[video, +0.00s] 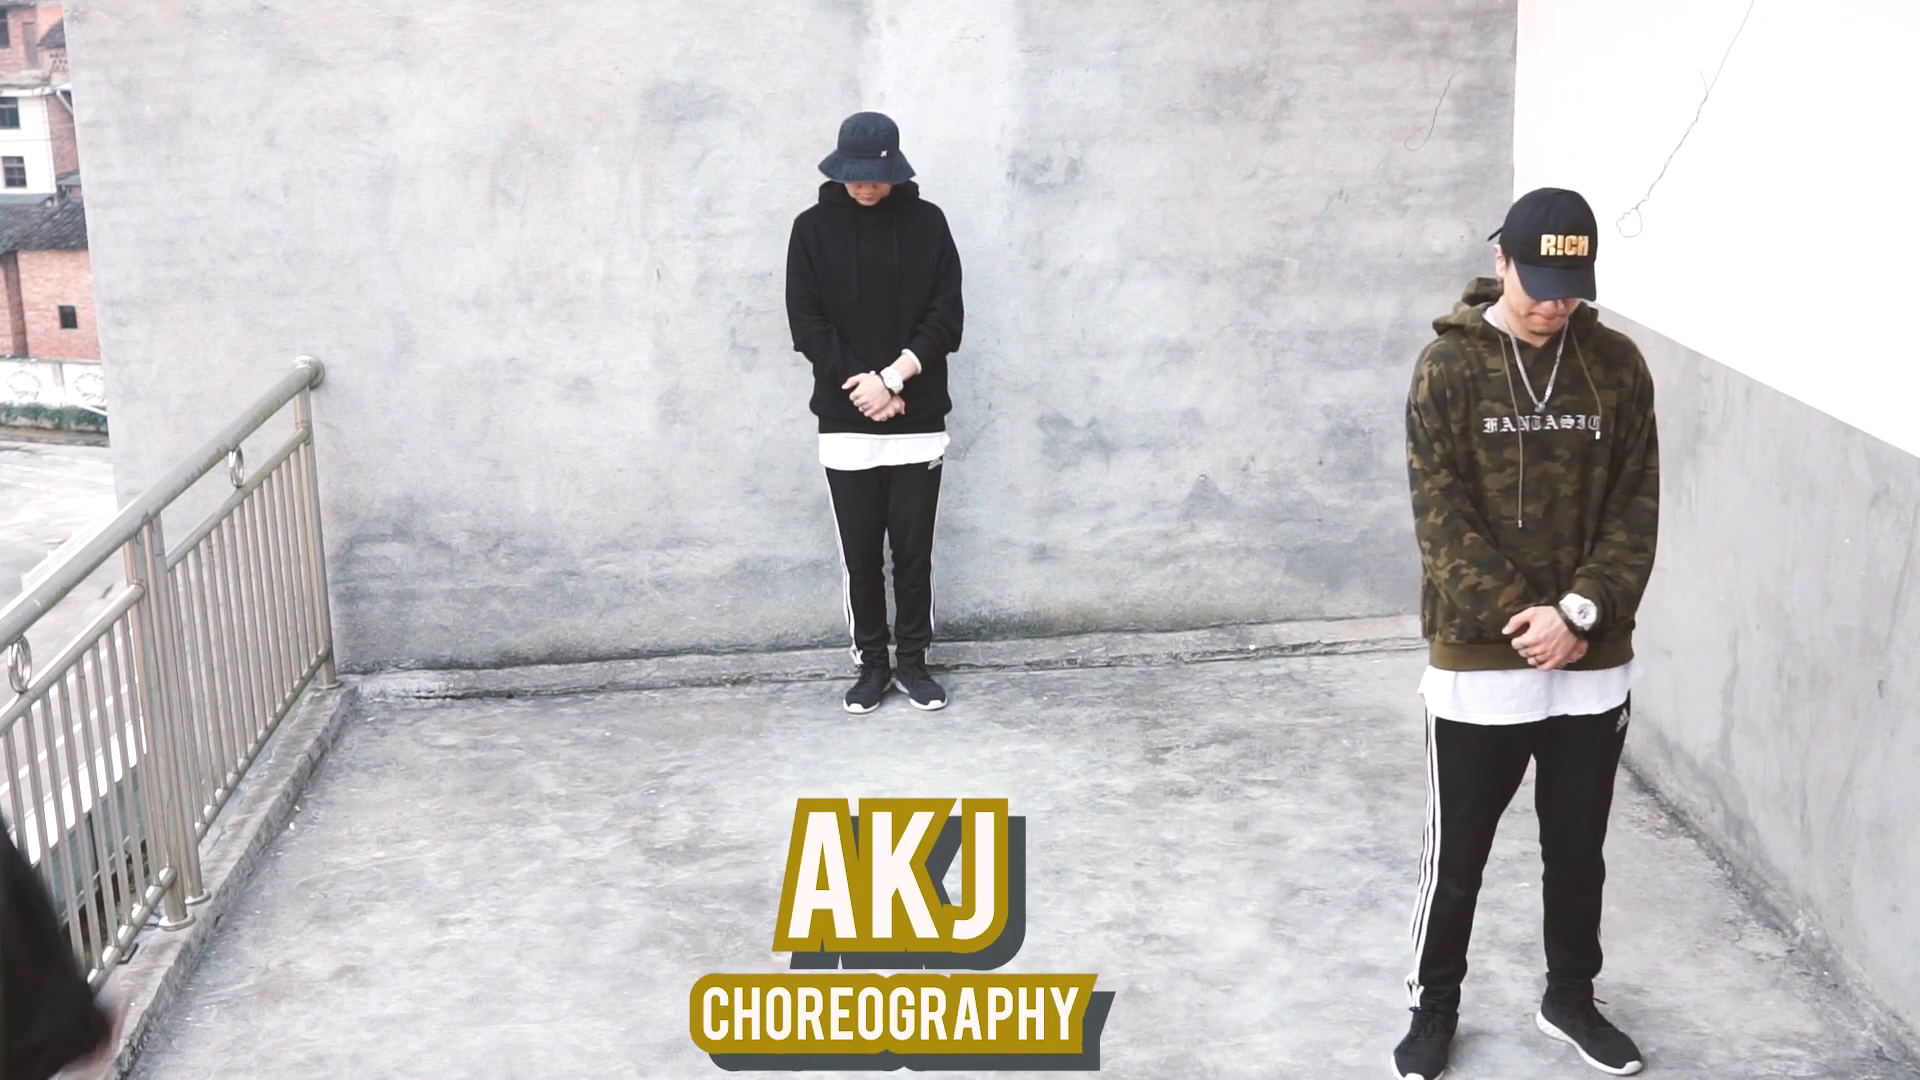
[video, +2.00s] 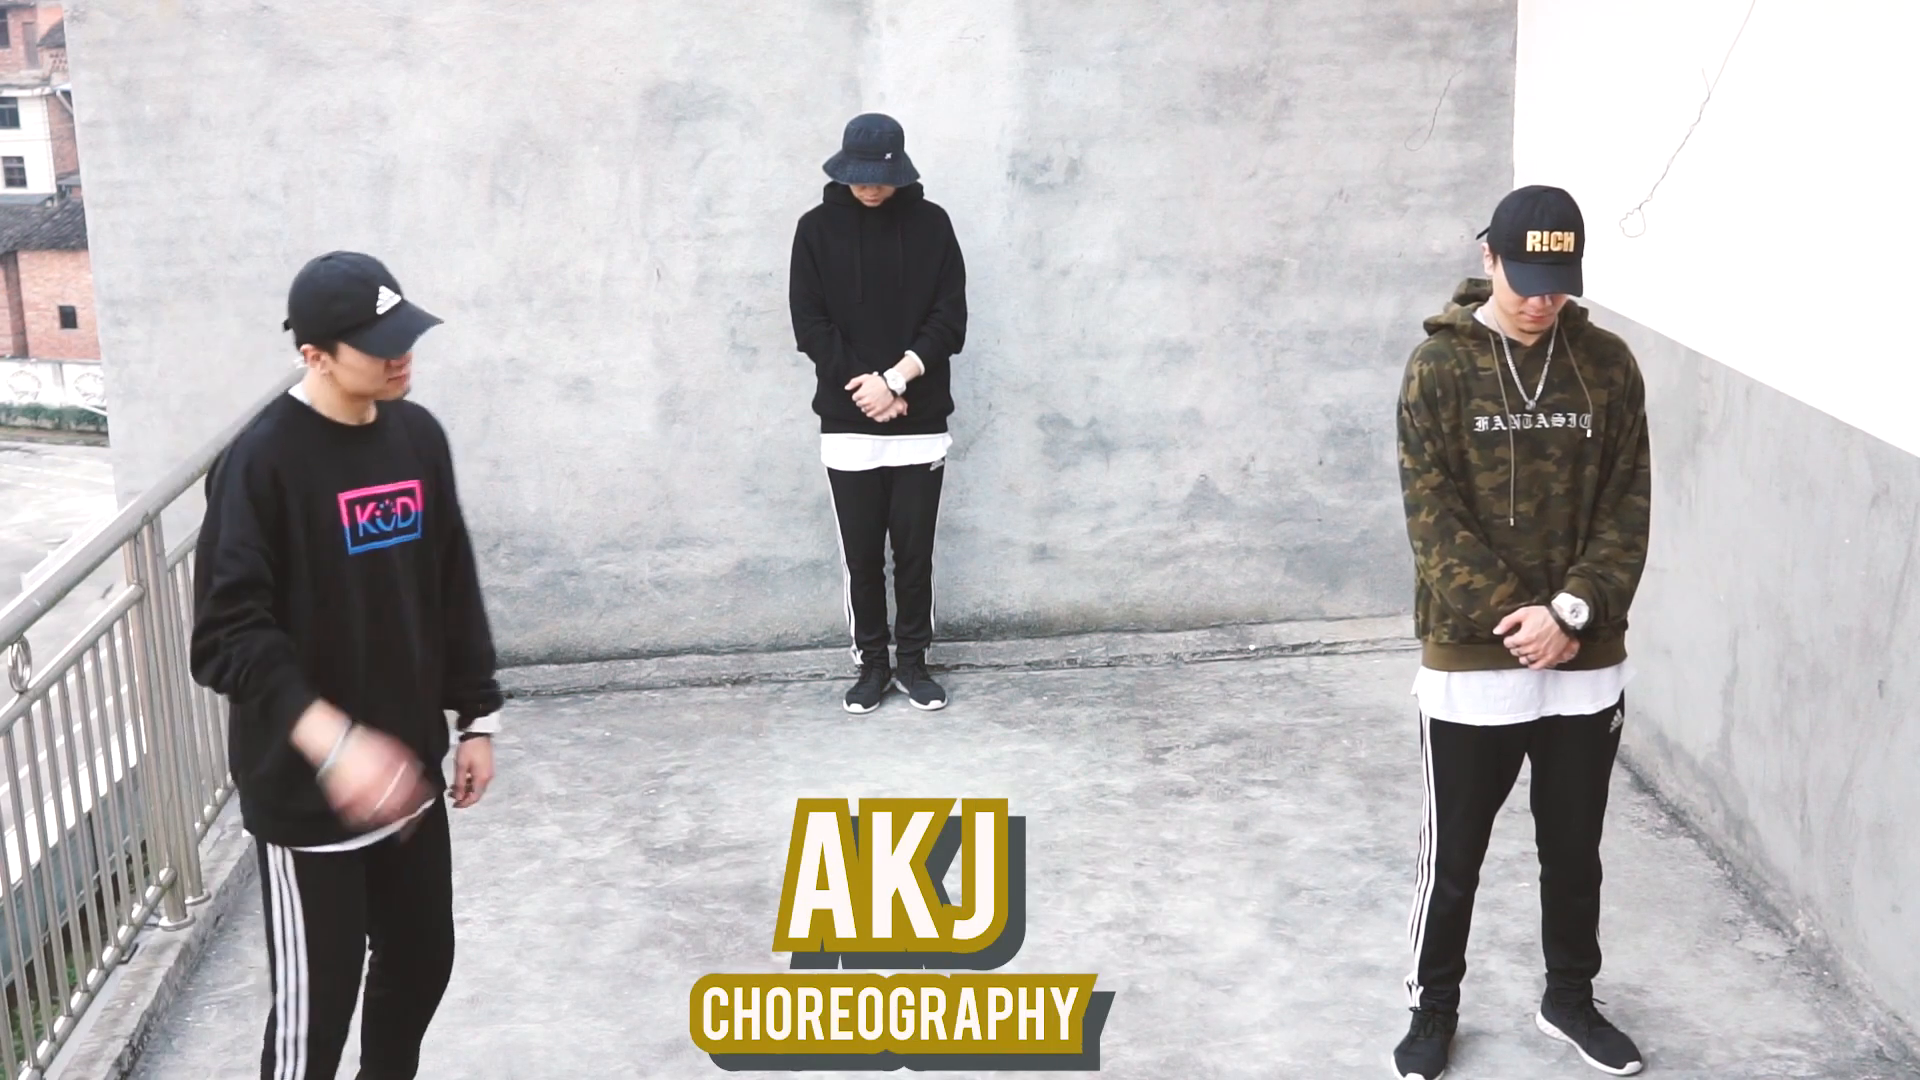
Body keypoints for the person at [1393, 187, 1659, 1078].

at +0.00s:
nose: (1560, 304)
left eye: (1575, 286)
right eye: (1543, 285)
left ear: (1594, 274)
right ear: (1503, 262)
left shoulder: (1619, 365)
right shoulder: (1450, 364)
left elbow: (1637, 510)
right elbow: (1440, 517)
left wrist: (1584, 613)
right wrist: (1528, 621)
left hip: (1592, 662)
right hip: (1478, 663)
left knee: (1579, 851)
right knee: (1457, 854)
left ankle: (1571, 997)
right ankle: (1433, 1008)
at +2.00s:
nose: (1545, 300)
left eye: (1560, 283)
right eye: (1529, 281)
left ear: (1581, 270)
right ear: (1490, 259)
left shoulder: (1609, 364)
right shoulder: (1441, 363)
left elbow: (1629, 508)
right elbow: (1432, 514)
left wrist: (1576, 612)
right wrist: (1519, 620)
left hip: (1584, 661)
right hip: (1471, 663)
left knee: (1575, 850)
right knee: (1453, 854)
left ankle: (1571, 998)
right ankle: (1433, 1007)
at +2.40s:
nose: (1546, 301)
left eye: (1561, 284)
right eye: (1530, 282)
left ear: (1581, 271)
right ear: (1491, 259)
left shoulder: (1609, 364)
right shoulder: (1440, 363)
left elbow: (1628, 507)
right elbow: (1432, 514)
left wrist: (1575, 612)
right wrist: (1519, 620)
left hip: (1584, 661)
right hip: (1470, 663)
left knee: (1575, 851)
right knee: (1453, 854)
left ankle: (1571, 998)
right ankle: (1433, 1006)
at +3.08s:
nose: (1547, 300)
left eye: (1562, 284)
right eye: (1530, 282)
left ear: (1582, 271)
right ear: (1491, 259)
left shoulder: (1609, 364)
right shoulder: (1440, 364)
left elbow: (1627, 509)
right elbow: (1431, 515)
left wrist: (1574, 613)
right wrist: (1518, 620)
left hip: (1583, 660)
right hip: (1470, 662)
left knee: (1575, 851)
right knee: (1453, 853)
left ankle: (1571, 998)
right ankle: (1433, 1005)